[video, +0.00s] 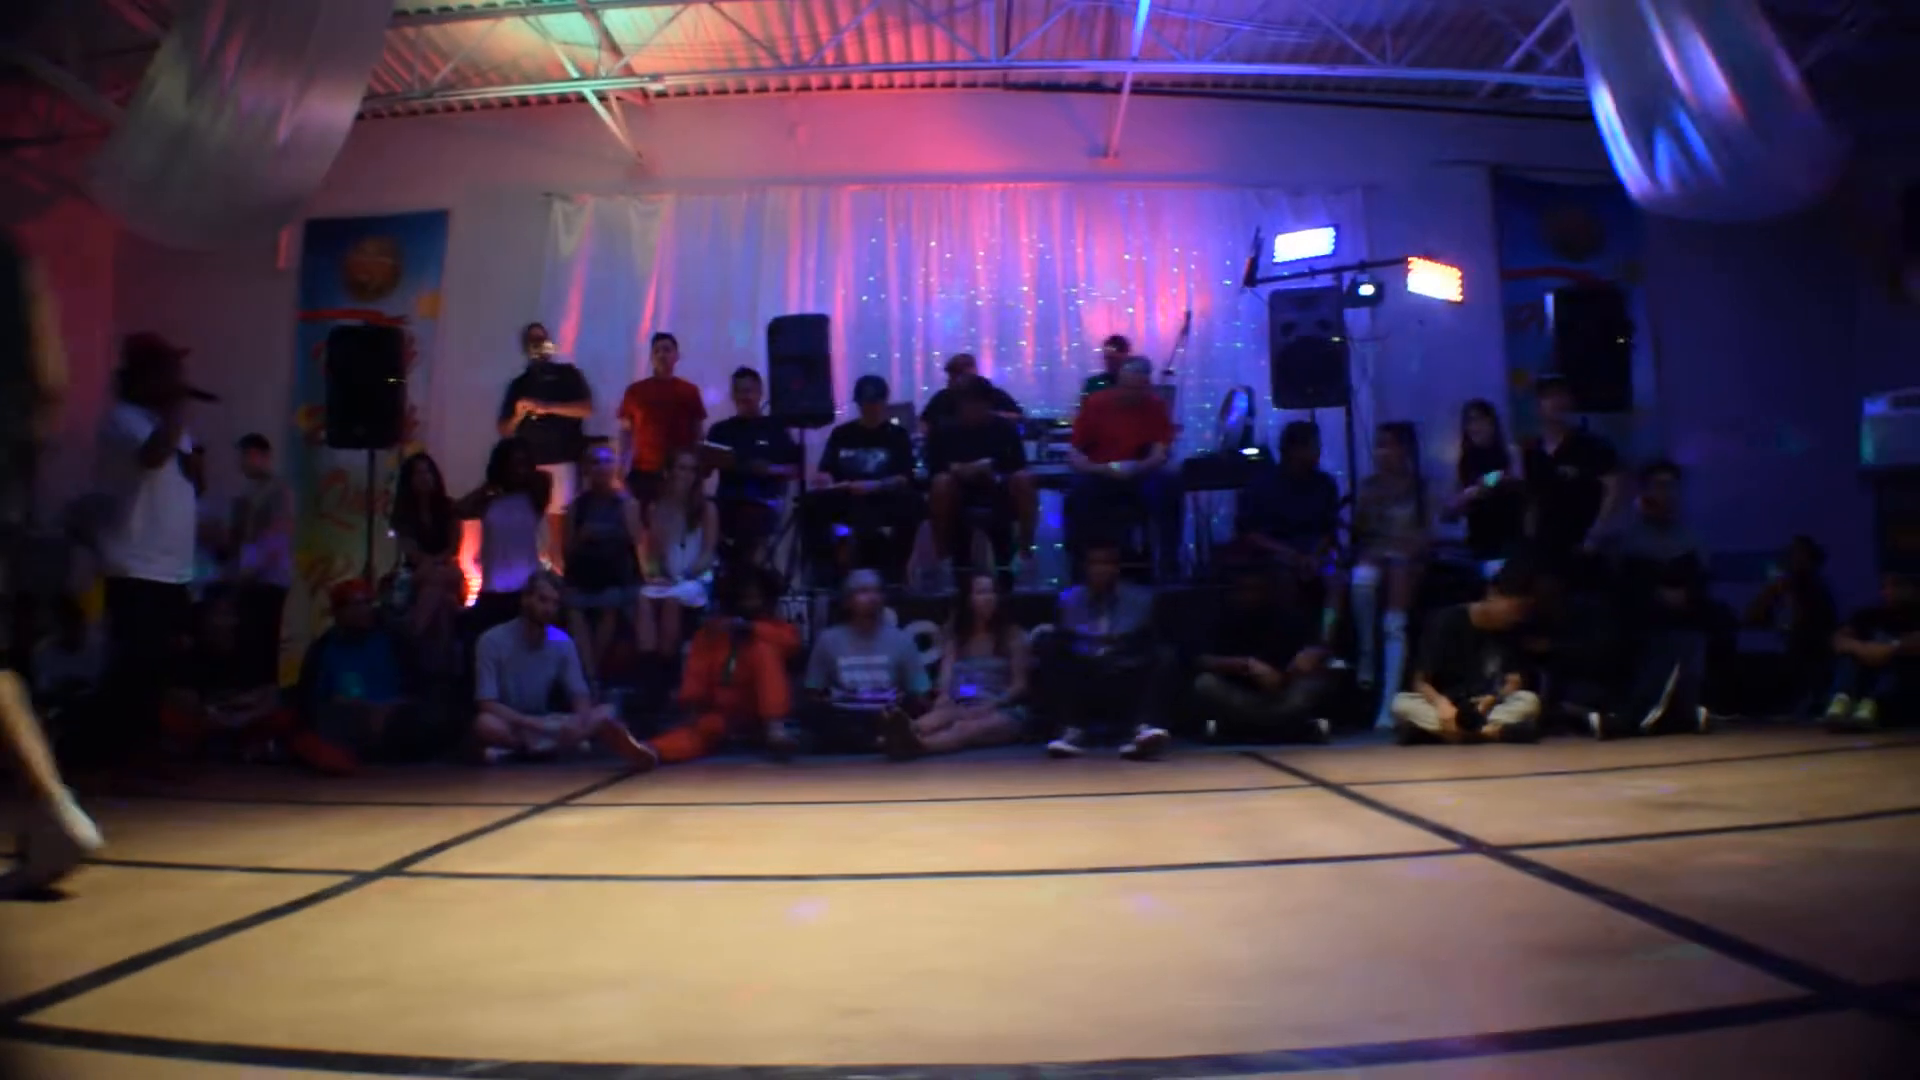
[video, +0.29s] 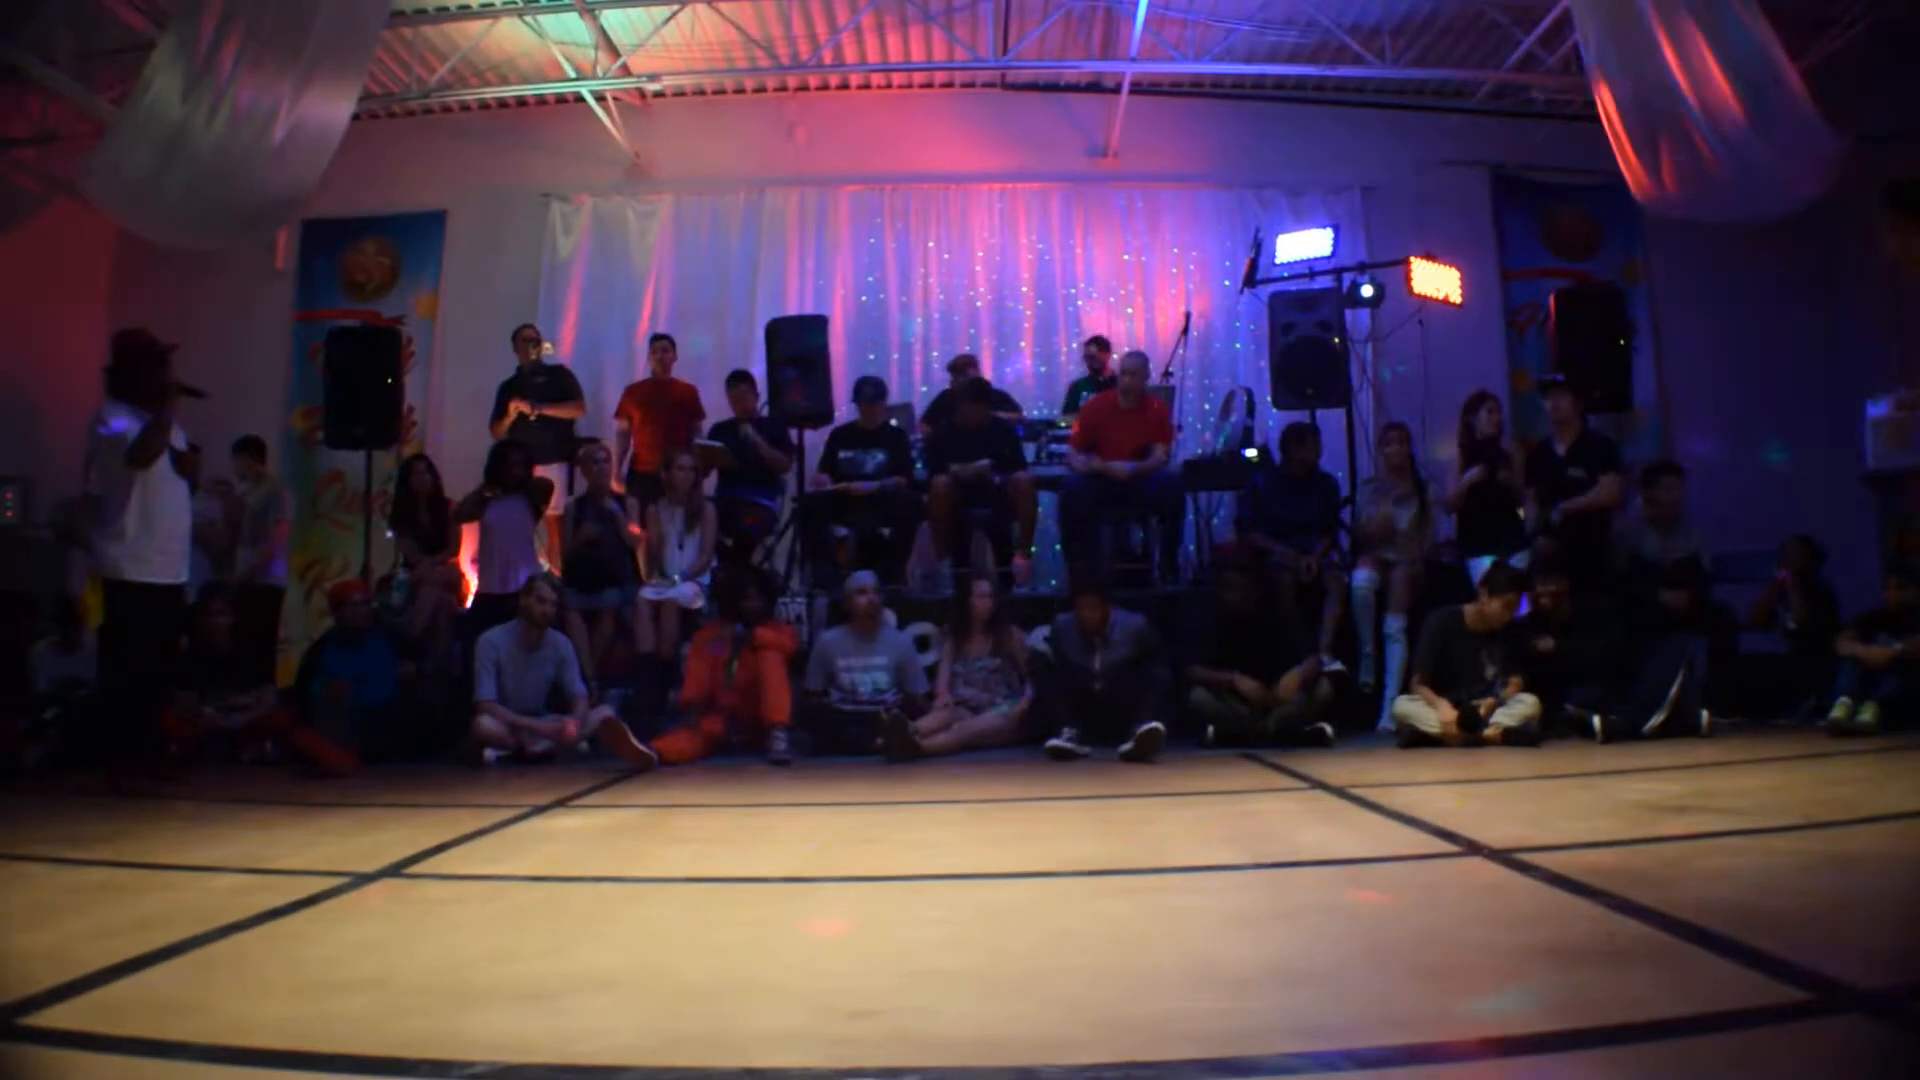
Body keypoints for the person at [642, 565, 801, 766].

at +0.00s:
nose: (747, 605)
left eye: (754, 598)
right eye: (741, 598)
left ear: (766, 601)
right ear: (728, 600)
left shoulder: (773, 629)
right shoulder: (711, 632)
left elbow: (790, 641)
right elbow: (693, 690)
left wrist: (751, 628)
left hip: (758, 710)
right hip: (722, 712)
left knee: (763, 650)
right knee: (701, 734)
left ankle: (776, 726)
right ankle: (650, 751)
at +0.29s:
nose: (750, 605)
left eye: (756, 599)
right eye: (744, 598)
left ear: (766, 601)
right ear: (730, 602)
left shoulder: (773, 629)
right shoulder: (708, 636)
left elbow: (789, 644)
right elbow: (694, 696)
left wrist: (751, 635)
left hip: (760, 715)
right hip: (721, 716)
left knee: (770, 656)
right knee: (695, 737)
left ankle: (778, 734)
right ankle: (653, 753)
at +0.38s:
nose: (750, 605)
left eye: (756, 599)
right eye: (743, 598)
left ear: (766, 602)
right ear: (729, 601)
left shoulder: (773, 631)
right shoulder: (707, 637)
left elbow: (787, 646)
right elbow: (693, 695)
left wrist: (747, 634)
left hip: (757, 714)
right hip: (720, 718)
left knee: (765, 656)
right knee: (695, 737)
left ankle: (776, 734)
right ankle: (650, 752)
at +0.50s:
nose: (749, 606)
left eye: (755, 600)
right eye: (743, 599)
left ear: (766, 603)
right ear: (729, 602)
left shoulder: (774, 630)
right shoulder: (708, 638)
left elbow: (784, 647)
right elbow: (692, 697)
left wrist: (741, 632)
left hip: (756, 713)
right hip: (719, 717)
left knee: (763, 657)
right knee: (696, 736)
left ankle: (776, 734)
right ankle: (651, 752)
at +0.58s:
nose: (752, 607)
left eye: (758, 600)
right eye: (746, 600)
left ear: (769, 605)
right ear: (732, 604)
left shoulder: (780, 633)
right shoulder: (714, 637)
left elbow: (783, 653)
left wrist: (746, 635)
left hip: (758, 715)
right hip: (721, 716)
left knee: (763, 660)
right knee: (698, 739)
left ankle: (780, 734)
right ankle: (655, 753)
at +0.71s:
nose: (776, 607)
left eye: (782, 600)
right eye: (770, 600)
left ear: (793, 604)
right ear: (755, 602)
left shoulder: (800, 632)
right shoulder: (737, 636)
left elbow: (812, 651)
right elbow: (721, 684)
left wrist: (777, 640)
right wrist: (718, 711)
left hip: (784, 713)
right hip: (747, 716)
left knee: (785, 653)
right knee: (729, 730)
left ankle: (802, 731)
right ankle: (681, 751)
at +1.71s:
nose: (775, 611)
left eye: (781, 604)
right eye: (769, 603)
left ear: (791, 607)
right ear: (755, 604)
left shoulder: (799, 635)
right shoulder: (730, 639)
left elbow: (795, 658)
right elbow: (714, 687)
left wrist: (760, 659)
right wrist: (714, 713)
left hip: (779, 715)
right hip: (741, 718)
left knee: (779, 658)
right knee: (728, 732)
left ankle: (798, 735)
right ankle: (674, 753)